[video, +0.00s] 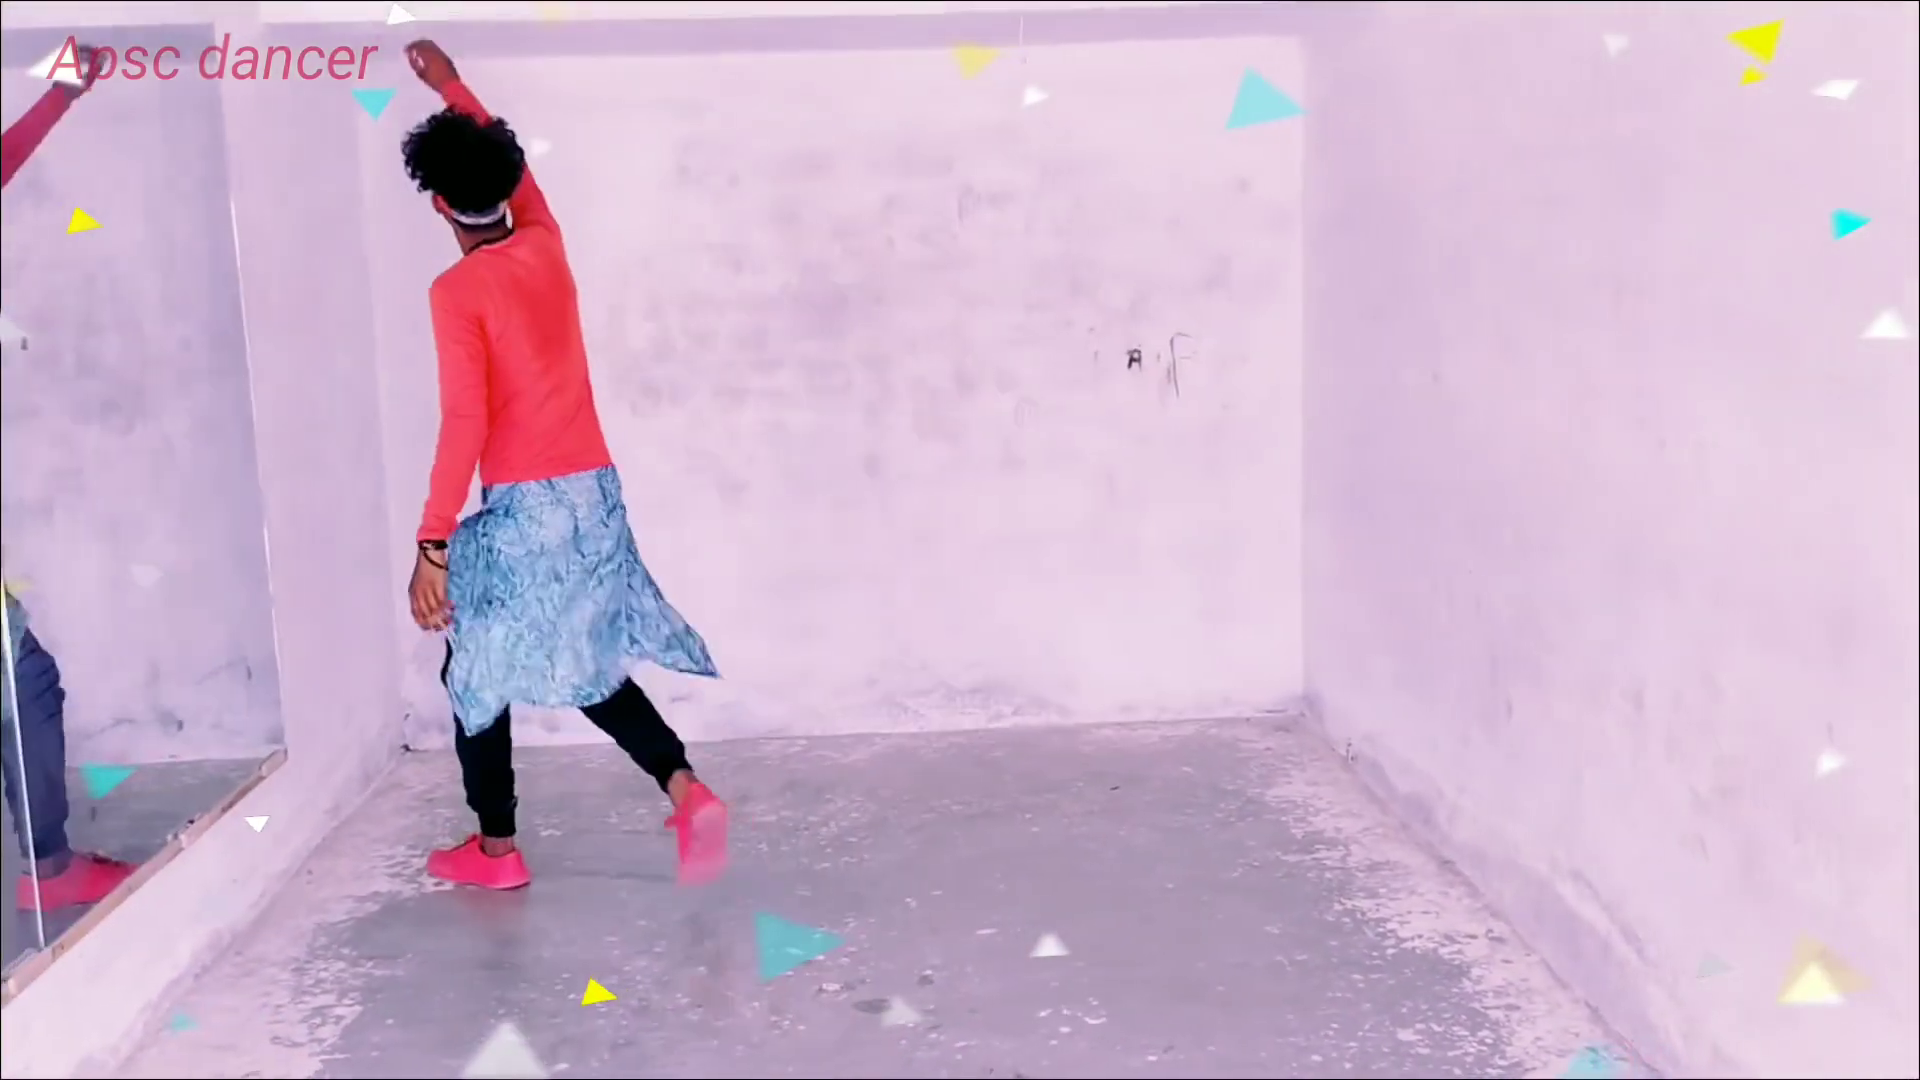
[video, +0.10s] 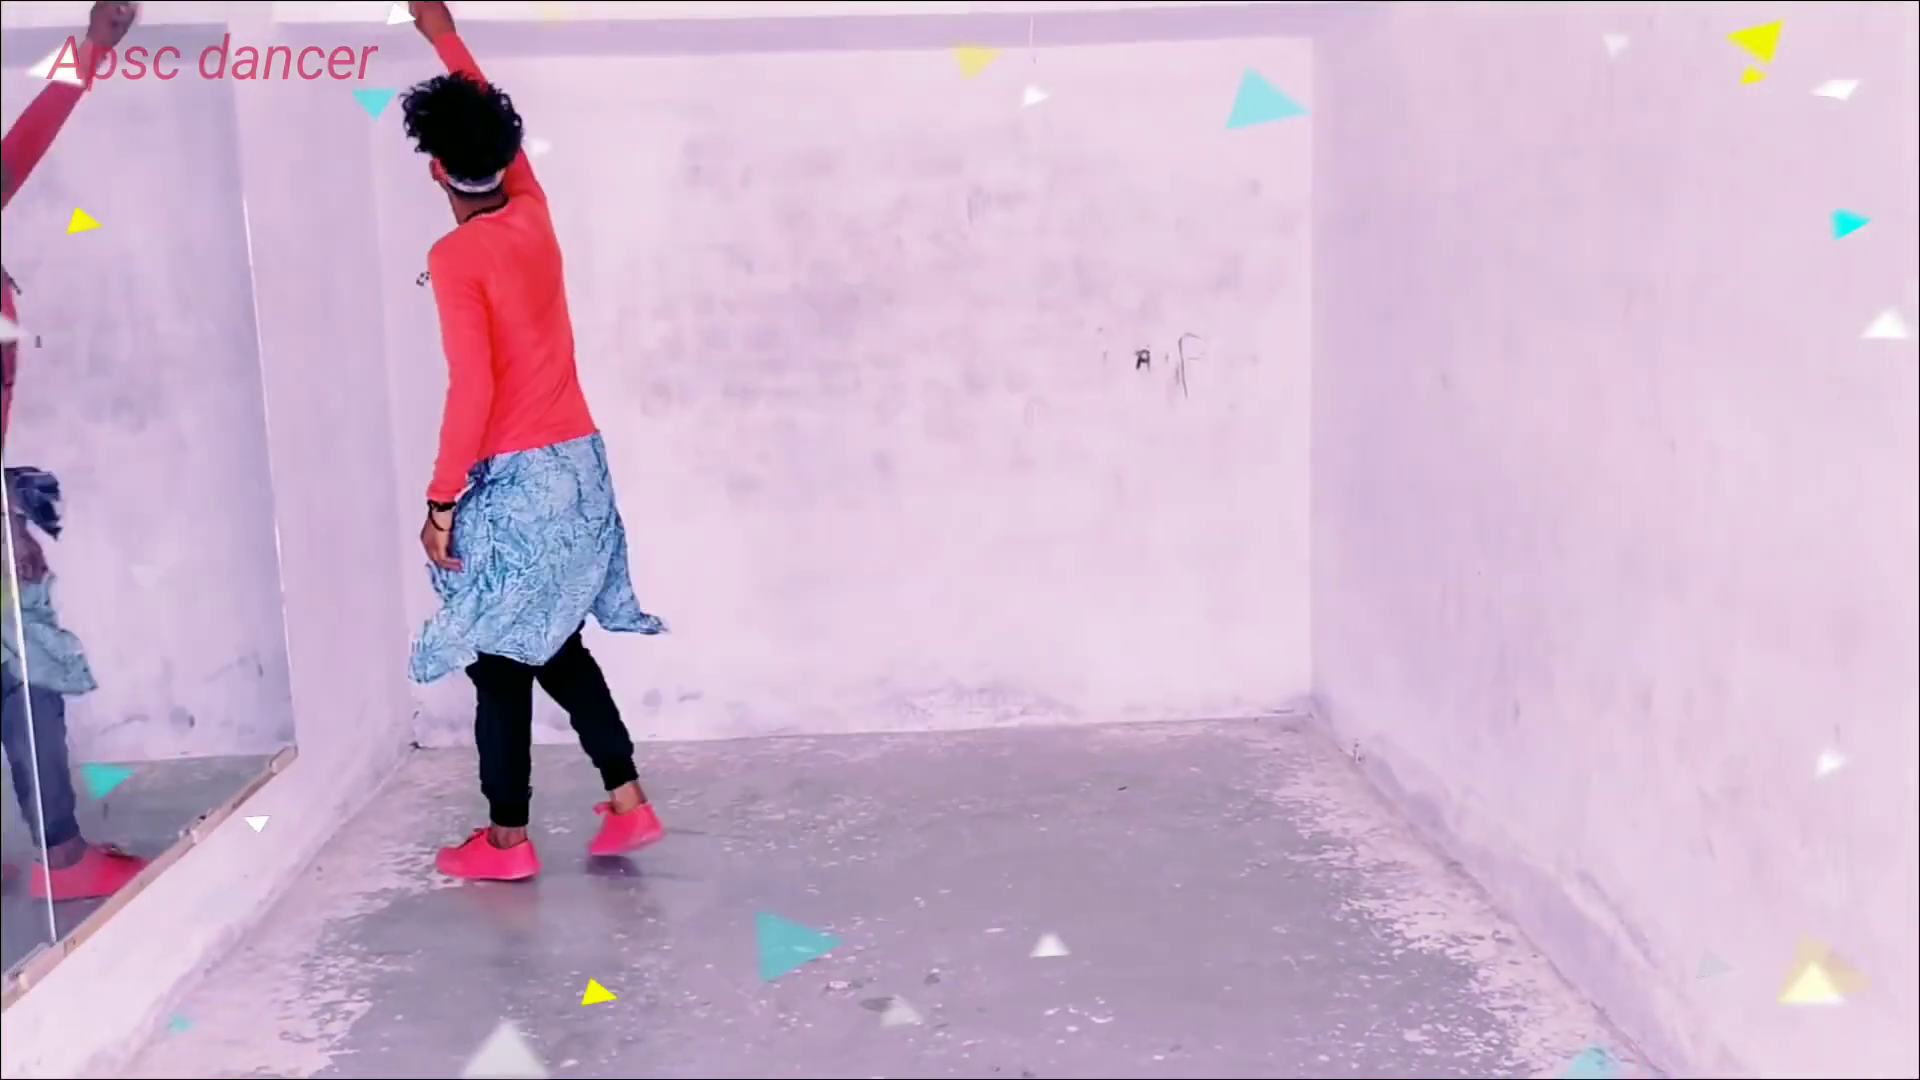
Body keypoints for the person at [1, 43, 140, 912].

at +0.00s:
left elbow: (11, 158)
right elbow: (16, 158)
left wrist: (66, 87)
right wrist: (65, 88)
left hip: (2, 570)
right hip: (2, 575)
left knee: (30, 675)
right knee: (30, 676)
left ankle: (45, 855)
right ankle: (45, 858)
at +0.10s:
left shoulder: (6, 251)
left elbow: (18, 156)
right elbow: (22, 152)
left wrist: (86, 54)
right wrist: (87, 56)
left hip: (9, 499)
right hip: (5, 503)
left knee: (34, 664)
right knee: (30, 665)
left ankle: (58, 842)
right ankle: (57, 846)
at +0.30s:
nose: (63, 143)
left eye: (55, 133)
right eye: (50, 138)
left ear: (36, 159)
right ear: (22, 169)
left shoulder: (64, 211)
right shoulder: (8, 254)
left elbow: (108, 88)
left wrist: (142, 6)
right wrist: (37, 501)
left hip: (88, 469)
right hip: (39, 480)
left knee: (119, 634)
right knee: (90, 644)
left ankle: (118, 803)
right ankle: (89, 831)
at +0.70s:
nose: (77, 174)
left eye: (87, 156)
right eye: (59, 162)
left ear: (107, 159)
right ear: (33, 173)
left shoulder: (134, 221)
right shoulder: (18, 270)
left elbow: (197, 127)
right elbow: (5, 394)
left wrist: (214, 22)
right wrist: (6, 492)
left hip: (126, 478)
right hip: (45, 482)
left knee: (150, 632)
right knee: (41, 646)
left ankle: (139, 799)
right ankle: (16, 812)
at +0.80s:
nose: (51, 174)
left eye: (62, 160)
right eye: (35, 163)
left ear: (83, 162)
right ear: (13, 172)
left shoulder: (125, 228)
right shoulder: (8, 256)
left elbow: (221, 175)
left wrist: (231, 71)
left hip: (106, 475)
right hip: (26, 478)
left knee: (129, 635)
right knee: (15, 633)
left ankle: (139, 800)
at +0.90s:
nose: (23, 179)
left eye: (32, 164)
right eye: (9, 166)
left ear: (51, 164)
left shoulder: (99, 245)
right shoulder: (2, 257)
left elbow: (219, 258)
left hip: (80, 478)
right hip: (8, 479)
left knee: (121, 629)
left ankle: (139, 798)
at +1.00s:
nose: (6, 183)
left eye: (10, 169)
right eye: (1, 171)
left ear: (20, 172)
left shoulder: (60, 265)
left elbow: (153, 324)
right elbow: (155, 324)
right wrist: (234, 342)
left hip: (42, 484)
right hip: (5, 488)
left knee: (116, 627)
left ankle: (137, 798)